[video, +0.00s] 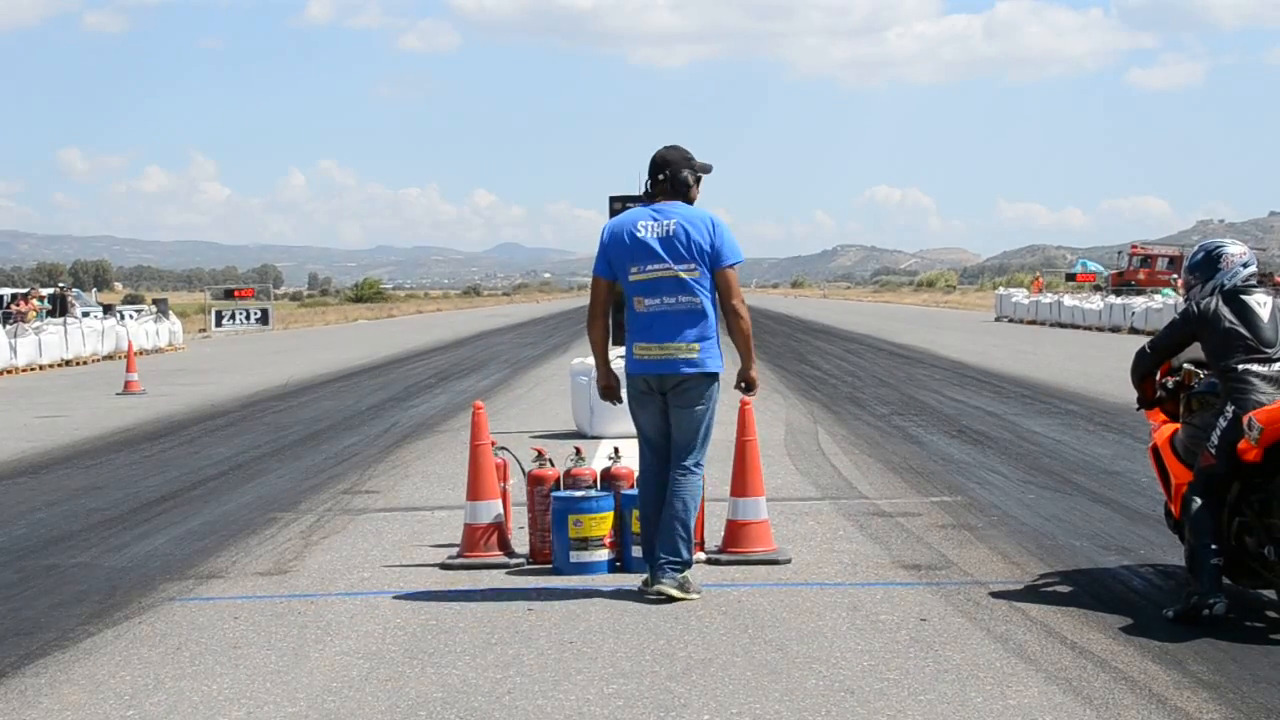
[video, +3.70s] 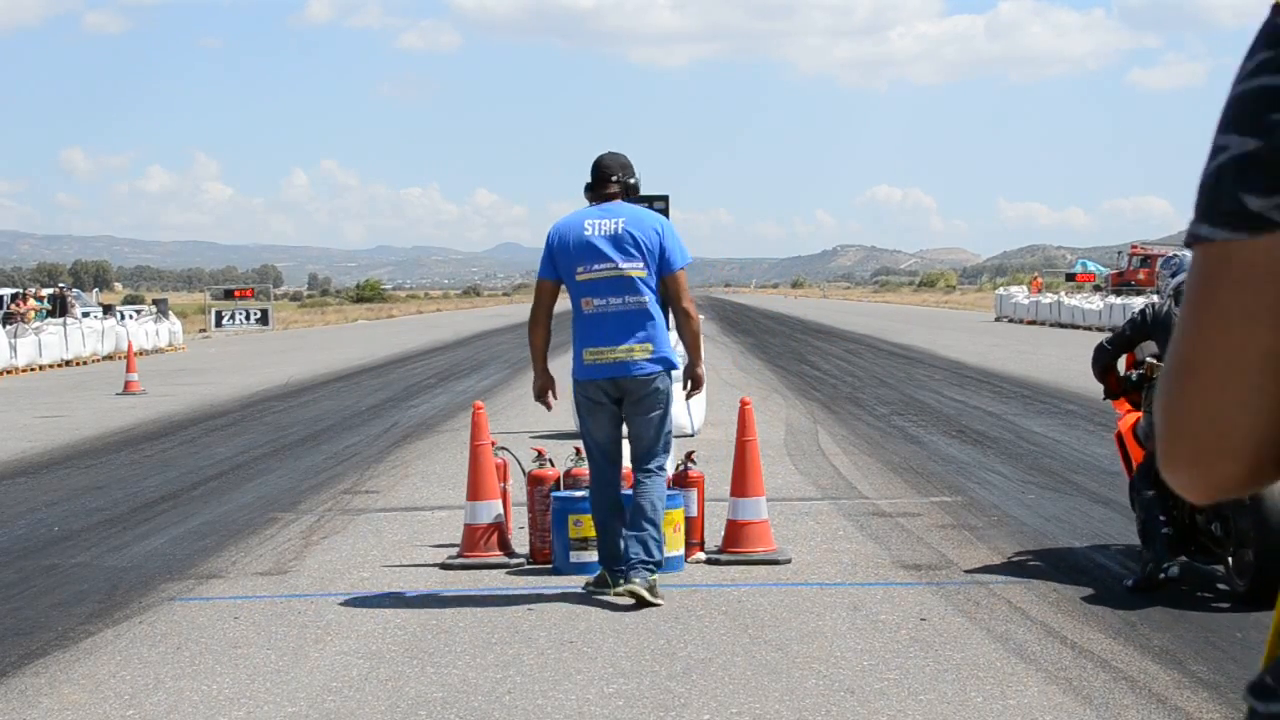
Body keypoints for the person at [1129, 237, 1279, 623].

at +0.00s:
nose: (1188, 288)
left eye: (1191, 280)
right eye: (1188, 281)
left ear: (1208, 275)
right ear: (1240, 266)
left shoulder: (1204, 306)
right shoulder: (1270, 298)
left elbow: (1146, 357)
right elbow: (1258, 352)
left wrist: (1150, 396)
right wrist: (1217, 380)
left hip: (1247, 404)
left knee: (1200, 492)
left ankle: (1207, 593)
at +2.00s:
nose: (1191, 286)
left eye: (1193, 278)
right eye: (1192, 279)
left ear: (1205, 275)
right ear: (1245, 269)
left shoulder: (1199, 310)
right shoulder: (1272, 304)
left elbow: (1136, 356)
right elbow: (1259, 354)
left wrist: (1148, 396)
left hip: (1242, 402)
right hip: (1279, 398)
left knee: (1196, 489)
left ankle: (1205, 580)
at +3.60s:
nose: (1163, 284)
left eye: (1165, 278)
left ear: (1171, 276)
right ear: (1212, 275)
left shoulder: (1160, 311)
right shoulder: (1235, 302)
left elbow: (1103, 356)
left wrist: (1115, 386)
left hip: (1195, 402)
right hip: (1244, 397)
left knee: (1145, 476)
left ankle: (1163, 547)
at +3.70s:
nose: (1160, 289)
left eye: (1160, 282)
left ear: (1166, 282)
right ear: (1198, 280)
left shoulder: (1157, 314)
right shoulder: (1222, 312)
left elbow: (1104, 353)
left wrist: (1116, 386)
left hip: (1169, 425)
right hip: (1223, 419)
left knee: (1144, 482)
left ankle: (1155, 559)